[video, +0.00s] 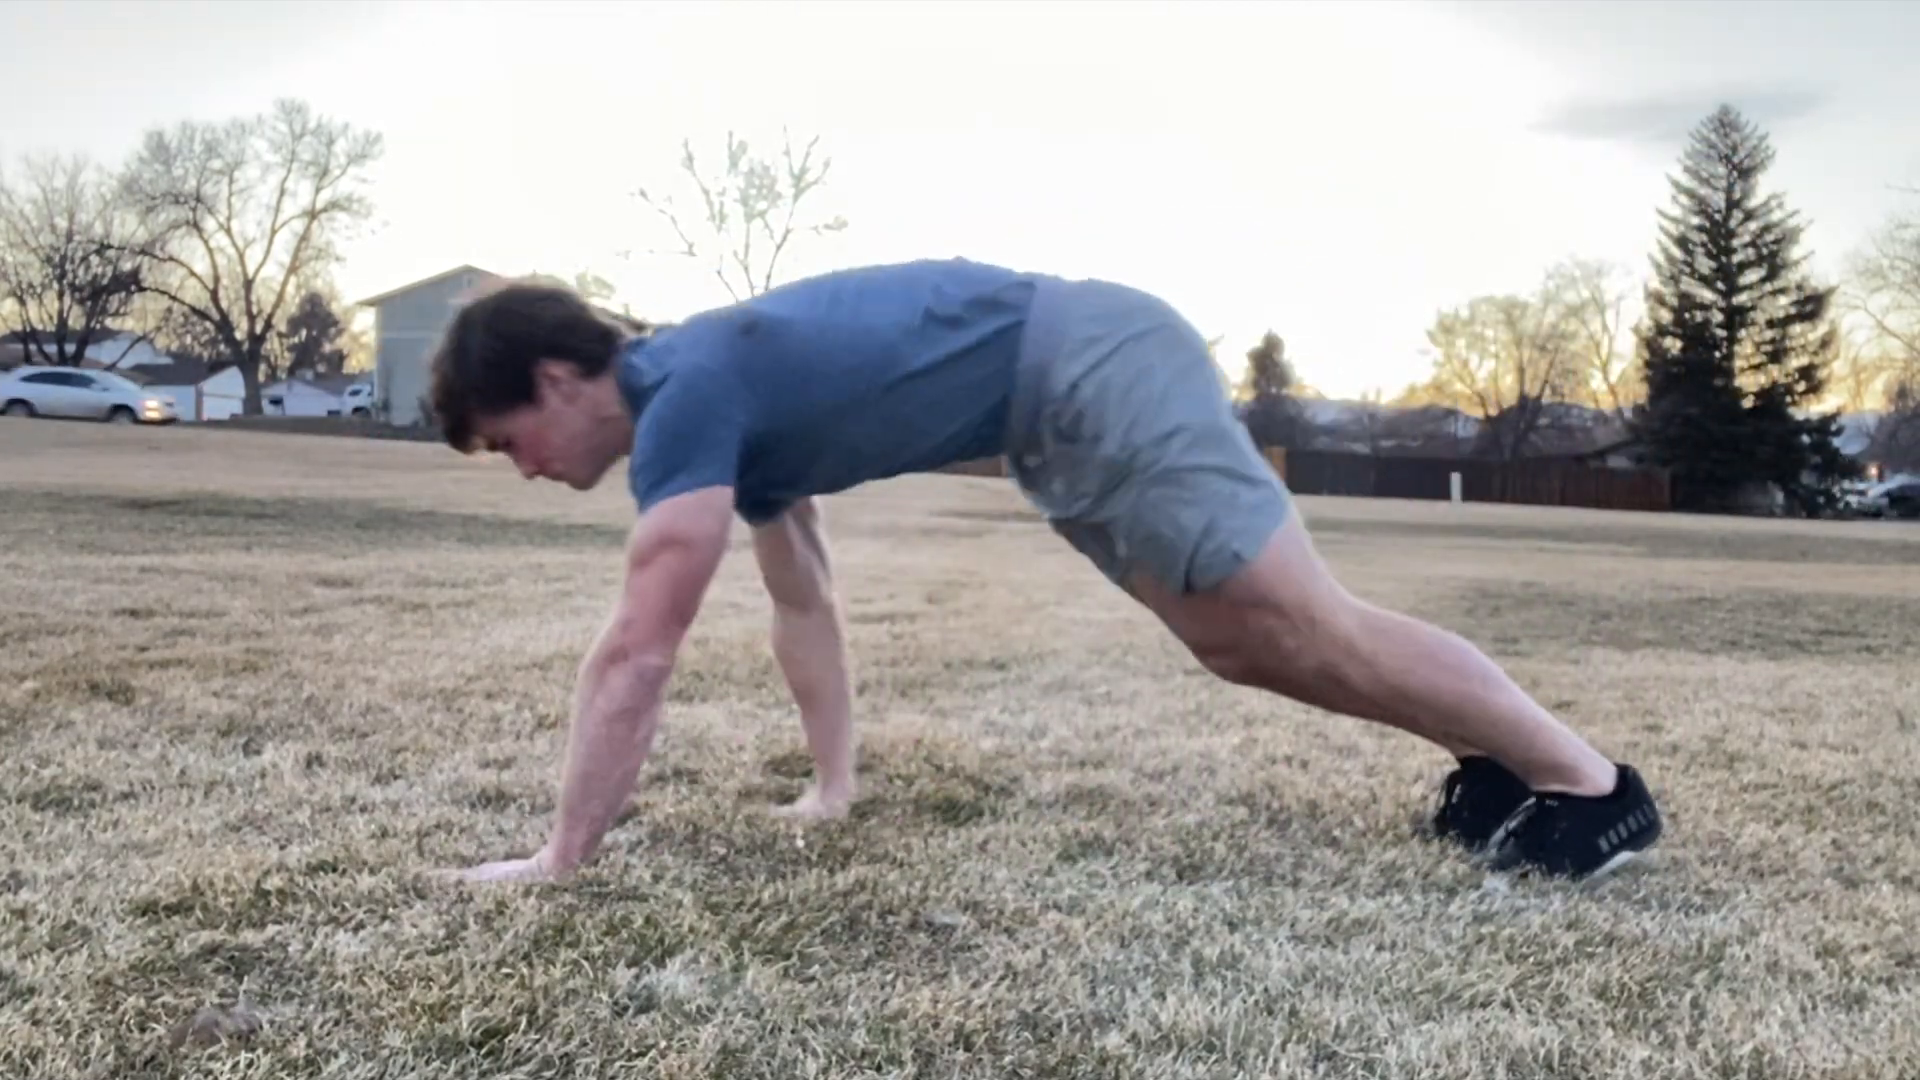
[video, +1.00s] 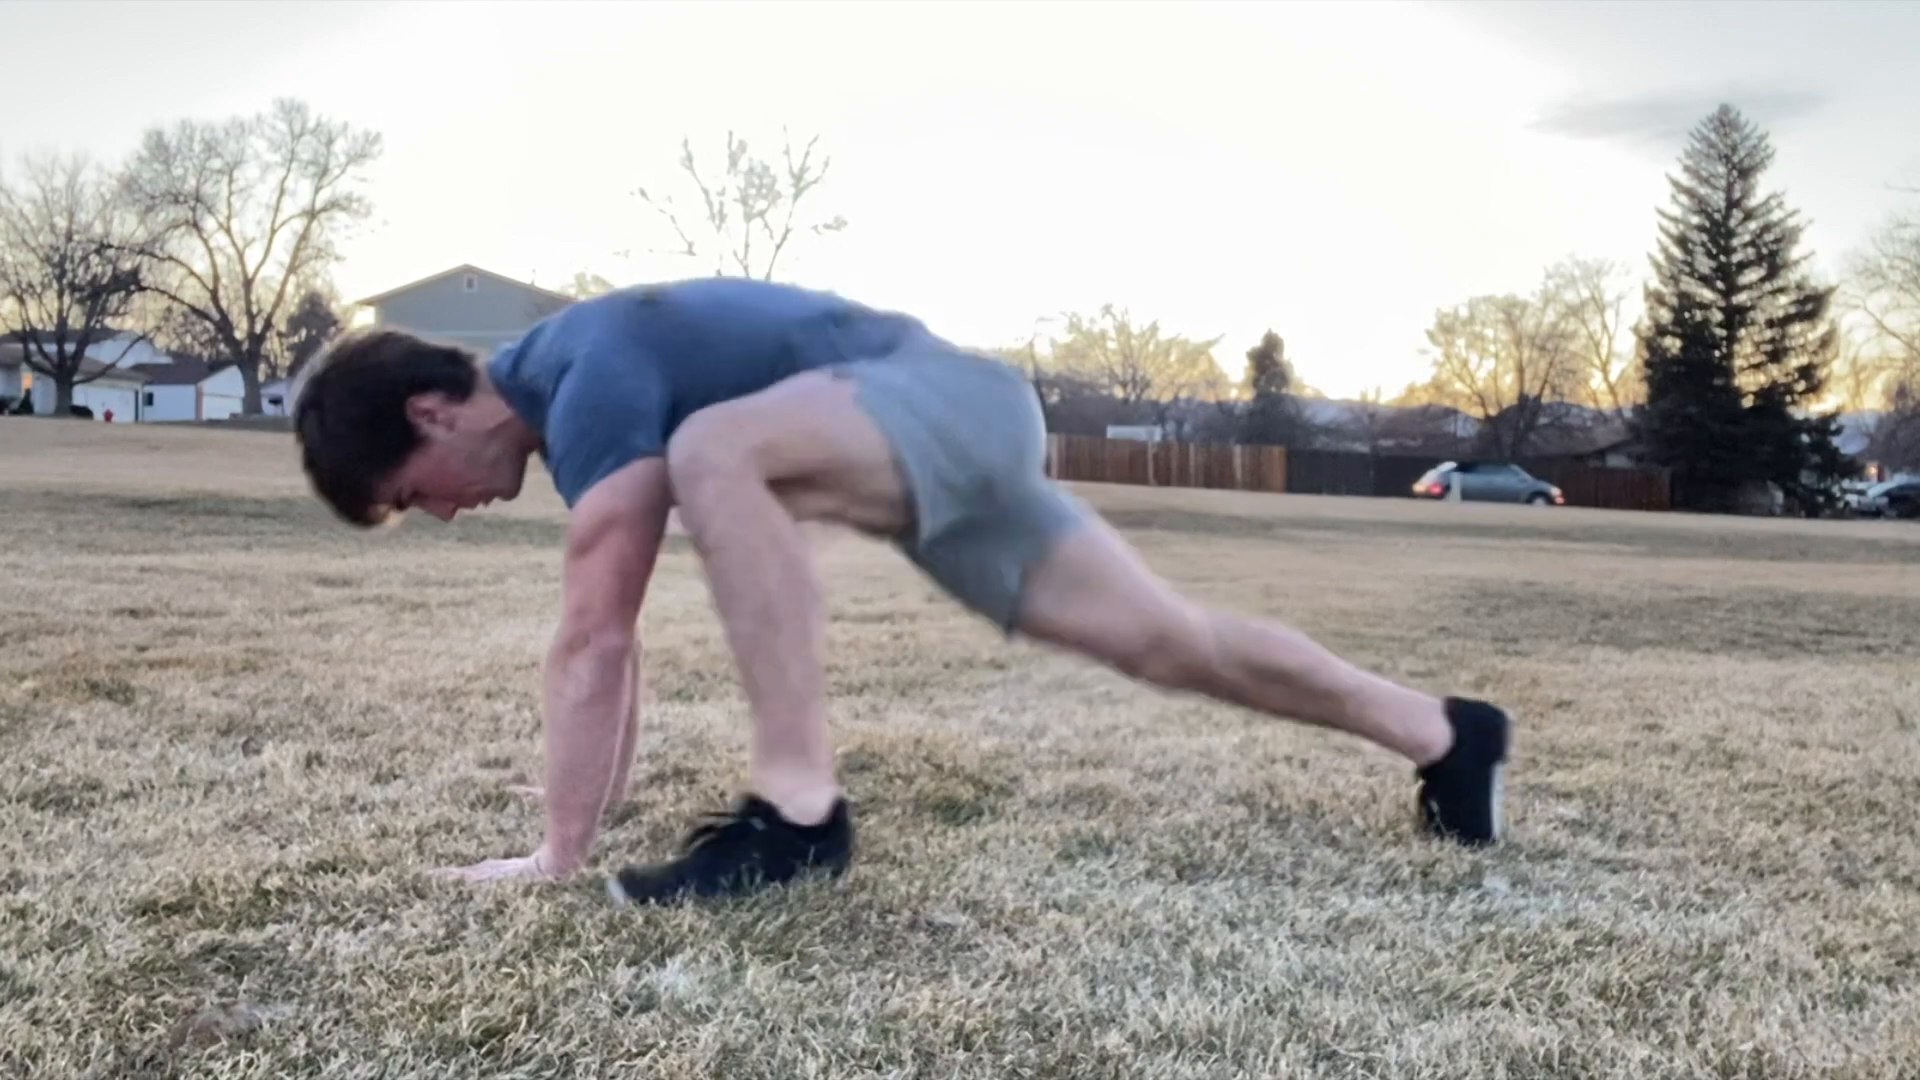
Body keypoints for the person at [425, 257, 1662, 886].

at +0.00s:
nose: (524, 469)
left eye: (511, 440)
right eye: (504, 453)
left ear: (560, 381)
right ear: (565, 390)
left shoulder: (698, 380)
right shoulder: (707, 405)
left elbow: (635, 653)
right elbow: (801, 594)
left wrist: (563, 861)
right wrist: (833, 784)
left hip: (1087, 359)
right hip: (1045, 410)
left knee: (1300, 626)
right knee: (1243, 644)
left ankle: (1598, 787)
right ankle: (1510, 749)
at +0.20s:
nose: (474, 464)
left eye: (453, 435)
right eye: (452, 451)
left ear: (486, 367)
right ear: (499, 366)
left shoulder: (635, 362)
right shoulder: (638, 378)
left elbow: (619, 626)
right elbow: (653, 623)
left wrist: (558, 854)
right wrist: (593, 791)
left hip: (1022, 431)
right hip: (1010, 448)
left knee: (1289, 651)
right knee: (1261, 656)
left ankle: (1589, 782)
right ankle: (1523, 754)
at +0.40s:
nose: (465, 486)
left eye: (445, 458)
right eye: (444, 471)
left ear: (479, 390)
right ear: (493, 383)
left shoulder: (629, 374)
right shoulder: (629, 394)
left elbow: (619, 629)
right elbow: (647, 636)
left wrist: (562, 850)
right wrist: (592, 816)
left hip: (1008, 438)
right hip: (1000, 450)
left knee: (1250, 683)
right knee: (1238, 679)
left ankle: (1567, 764)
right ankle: (1511, 752)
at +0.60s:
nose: (492, 497)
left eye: (472, 475)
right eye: (469, 488)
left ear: (503, 401)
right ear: (508, 403)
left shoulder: (638, 372)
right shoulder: (627, 394)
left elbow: (617, 633)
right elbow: (641, 633)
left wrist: (562, 851)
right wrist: (588, 805)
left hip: (1008, 344)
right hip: (1007, 380)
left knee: (939, 590)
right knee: (1234, 614)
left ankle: (1249, 709)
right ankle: (1489, 737)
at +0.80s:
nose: (488, 483)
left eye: (465, 459)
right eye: (462, 475)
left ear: (495, 385)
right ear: (499, 385)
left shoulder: (638, 371)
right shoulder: (622, 396)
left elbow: (606, 629)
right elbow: (622, 634)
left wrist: (558, 849)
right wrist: (569, 830)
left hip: (989, 428)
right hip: (980, 486)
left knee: (723, 446)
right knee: (1190, 695)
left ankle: (781, 808)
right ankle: (1488, 742)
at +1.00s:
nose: (442, 513)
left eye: (417, 492)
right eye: (417, 506)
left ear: (436, 415)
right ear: (442, 416)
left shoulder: (595, 371)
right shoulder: (570, 405)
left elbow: (594, 635)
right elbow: (602, 642)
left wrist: (555, 859)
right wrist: (571, 845)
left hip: (955, 395)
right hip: (940, 459)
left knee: (715, 458)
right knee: (1166, 642)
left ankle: (798, 808)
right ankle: (1446, 732)